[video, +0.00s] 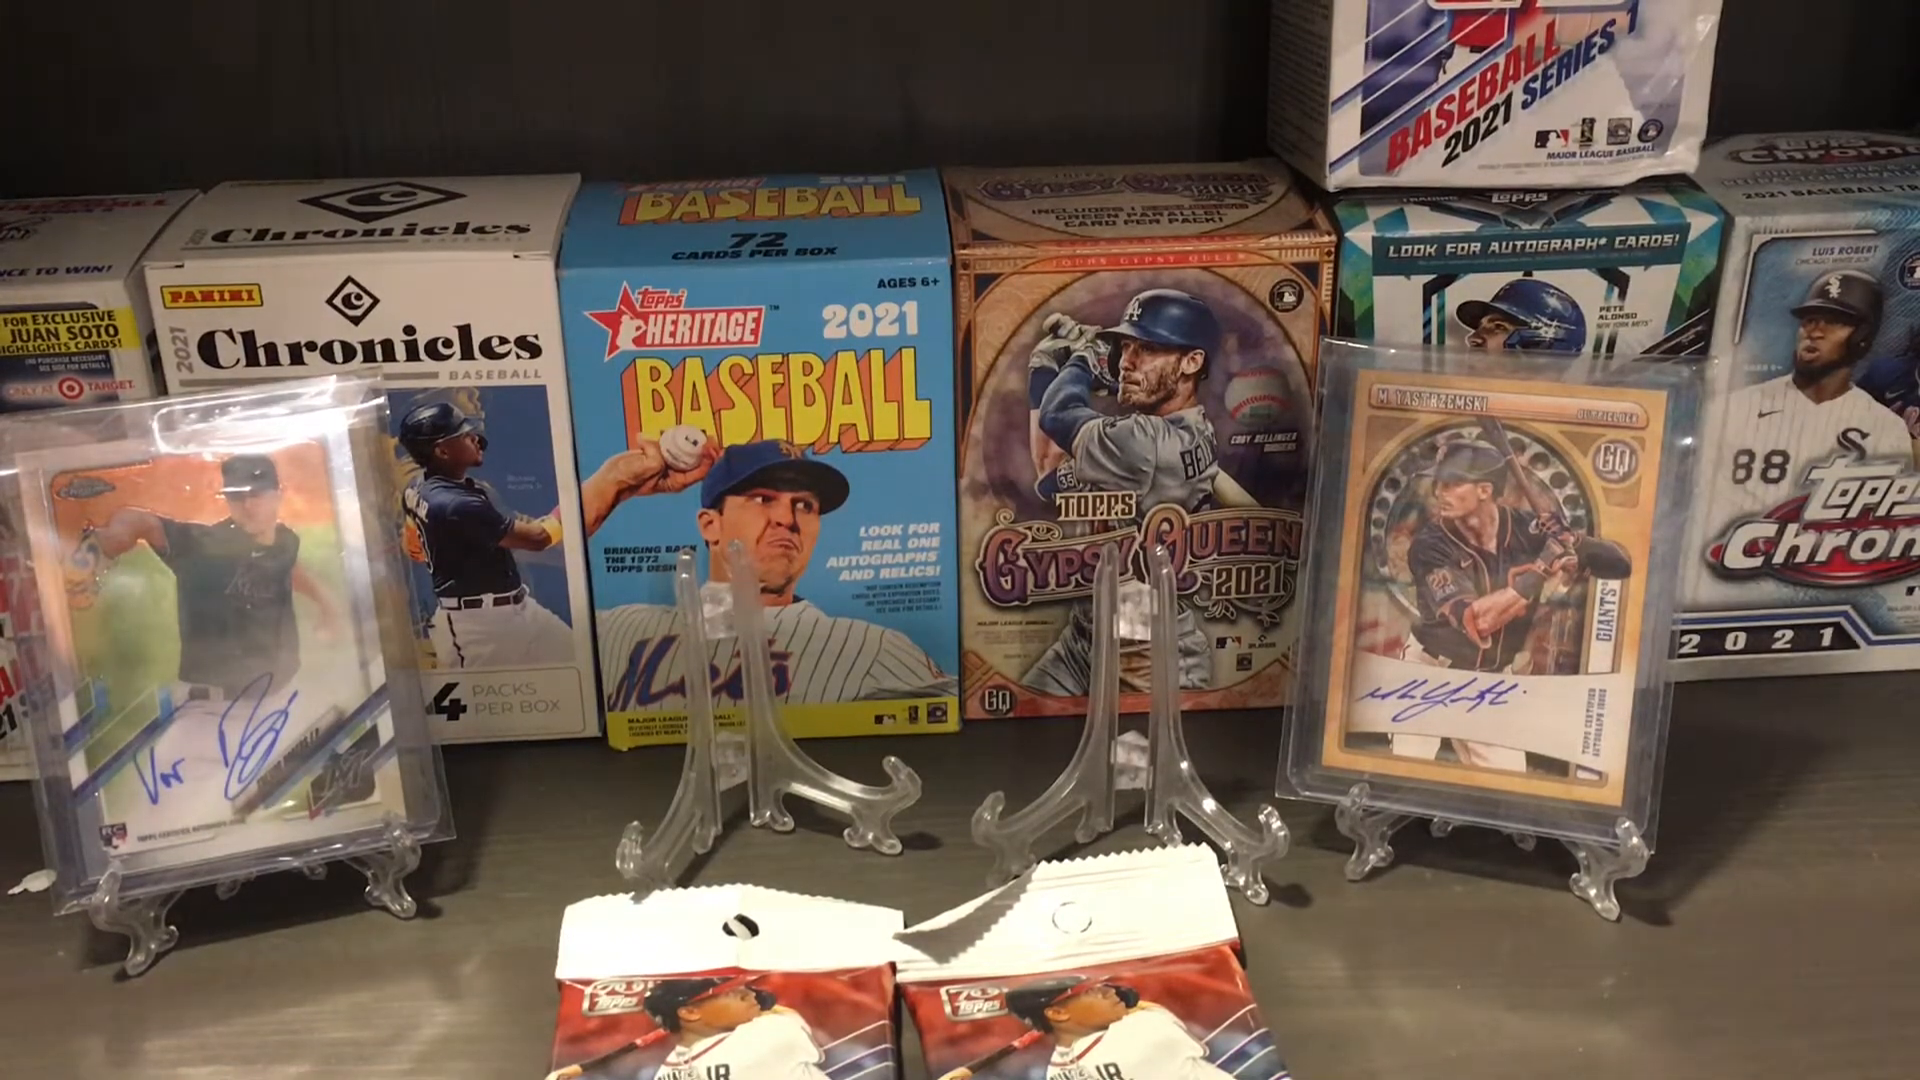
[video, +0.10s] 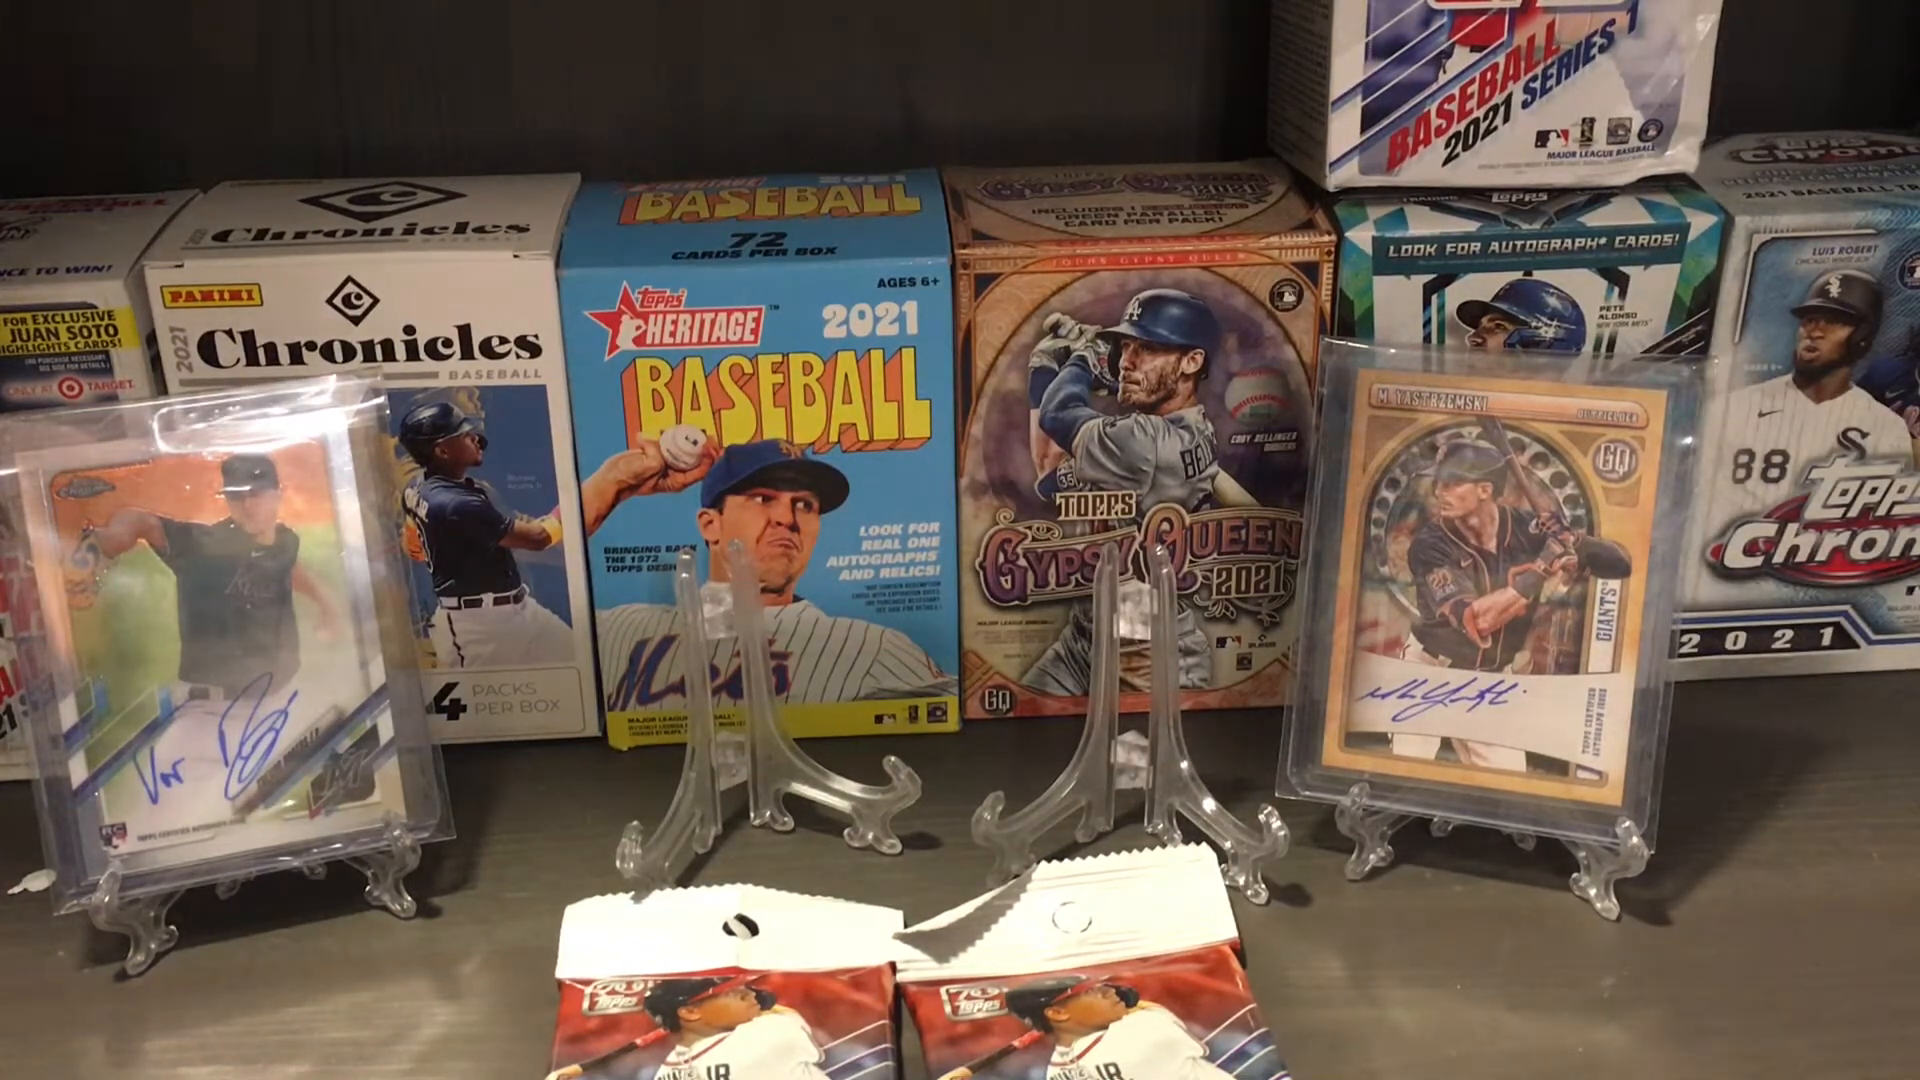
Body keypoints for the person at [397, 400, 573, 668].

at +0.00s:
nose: (476, 437)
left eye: (470, 431)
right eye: (465, 433)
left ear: (443, 451)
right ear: (442, 450)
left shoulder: (420, 490)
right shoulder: (459, 507)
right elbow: (538, 538)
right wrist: (570, 509)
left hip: (520, 609)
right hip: (474, 623)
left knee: (588, 664)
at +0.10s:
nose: (476, 437)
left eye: (470, 431)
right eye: (465, 433)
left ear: (442, 451)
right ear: (442, 450)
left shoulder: (419, 490)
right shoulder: (460, 506)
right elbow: (538, 537)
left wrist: (541, 523)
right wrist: (568, 512)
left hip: (520, 609)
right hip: (474, 623)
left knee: (587, 664)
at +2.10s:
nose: (474, 435)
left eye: (468, 429)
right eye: (463, 433)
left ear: (443, 452)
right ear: (442, 450)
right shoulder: (459, 506)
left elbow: (413, 544)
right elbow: (539, 537)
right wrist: (572, 510)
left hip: (519, 609)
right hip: (473, 624)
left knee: (587, 663)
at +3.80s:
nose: (474, 435)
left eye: (468, 430)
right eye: (464, 433)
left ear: (442, 451)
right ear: (442, 450)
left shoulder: (422, 488)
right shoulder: (461, 507)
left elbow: (503, 523)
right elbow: (538, 537)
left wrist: (545, 521)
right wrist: (568, 511)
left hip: (520, 609)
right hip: (476, 623)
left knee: (587, 664)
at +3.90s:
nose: (475, 436)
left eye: (469, 430)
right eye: (464, 433)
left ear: (443, 451)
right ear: (442, 450)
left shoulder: (422, 490)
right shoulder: (461, 507)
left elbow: (505, 523)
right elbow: (538, 537)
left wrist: (546, 522)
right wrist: (570, 510)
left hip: (520, 609)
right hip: (476, 623)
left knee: (587, 664)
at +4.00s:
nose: (475, 436)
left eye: (469, 430)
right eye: (464, 433)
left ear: (442, 452)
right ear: (442, 450)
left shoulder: (422, 491)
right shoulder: (462, 507)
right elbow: (538, 537)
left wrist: (536, 524)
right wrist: (571, 509)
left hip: (520, 609)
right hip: (476, 623)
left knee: (586, 664)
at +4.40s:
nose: (475, 435)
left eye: (468, 429)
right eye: (464, 433)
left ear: (443, 451)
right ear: (442, 450)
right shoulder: (460, 507)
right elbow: (539, 537)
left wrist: (543, 523)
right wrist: (571, 507)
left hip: (520, 609)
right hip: (476, 622)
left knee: (589, 663)